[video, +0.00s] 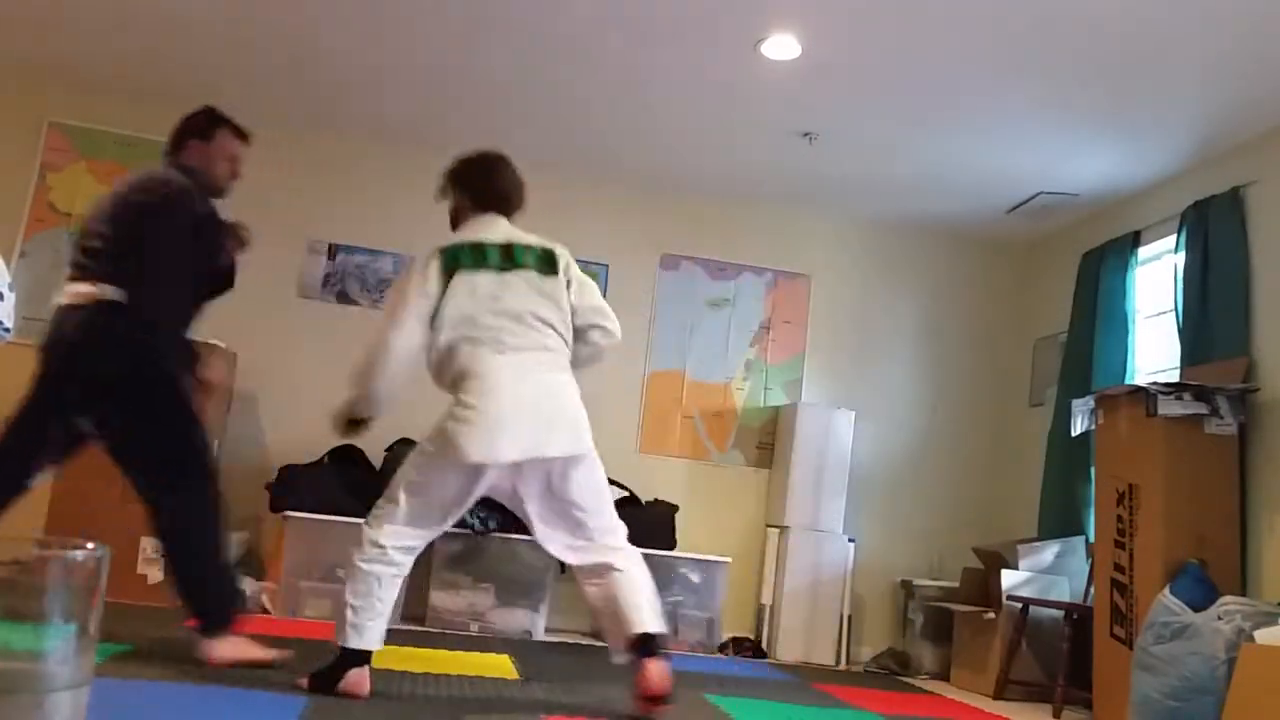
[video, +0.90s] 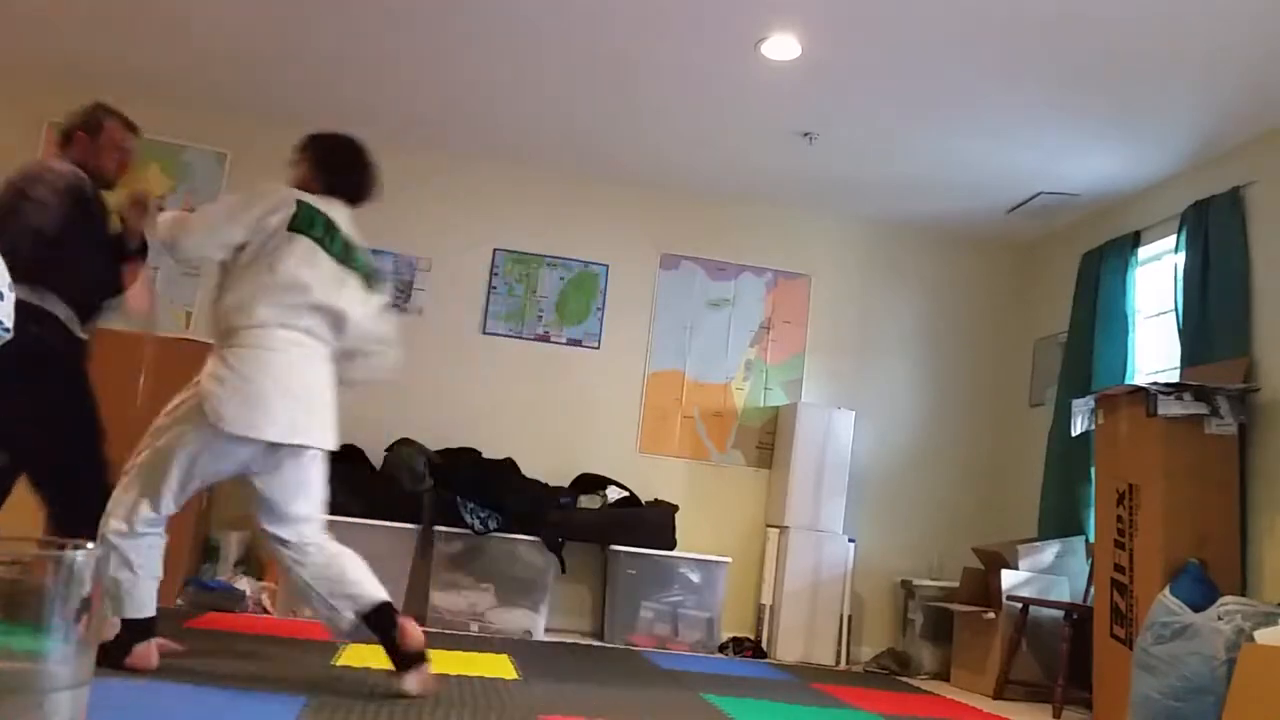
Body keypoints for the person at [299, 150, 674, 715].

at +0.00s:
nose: (448, 210)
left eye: (450, 201)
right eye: (449, 202)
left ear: (459, 203)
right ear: (515, 203)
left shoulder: (439, 261)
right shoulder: (557, 258)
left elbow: (398, 345)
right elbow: (603, 330)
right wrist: (550, 366)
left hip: (480, 421)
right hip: (560, 424)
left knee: (391, 532)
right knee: (603, 541)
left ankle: (353, 659)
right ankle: (649, 643)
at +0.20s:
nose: (469, 191)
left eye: (473, 180)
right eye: (469, 181)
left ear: (492, 180)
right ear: (534, 183)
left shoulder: (475, 225)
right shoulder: (582, 252)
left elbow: (427, 319)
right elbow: (591, 347)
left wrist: (406, 328)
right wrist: (536, 354)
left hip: (461, 401)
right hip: (539, 418)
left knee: (362, 506)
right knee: (554, 555)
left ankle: (311, 634)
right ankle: (587, 692)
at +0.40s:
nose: (454, 196)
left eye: (457, 187)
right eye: (456, 187)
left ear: (470, 188)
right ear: (522, 195)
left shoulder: (441, 236)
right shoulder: (549, 269)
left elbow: (365, 311)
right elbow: (549, 365)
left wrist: (355, 284)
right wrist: (495, 363)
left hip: (417, 418)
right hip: (499, 430)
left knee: (323, 526)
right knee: (538, 562)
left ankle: (263, 659)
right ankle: (584, 693)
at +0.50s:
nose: (425, 178)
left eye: (429, 169)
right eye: (428, 168)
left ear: (441, 171)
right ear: (489, 180)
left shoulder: (408, 215)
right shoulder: (515, 252)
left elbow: (330, 287)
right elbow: (514, 348)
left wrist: (316, 257)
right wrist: (458, 341)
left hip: (379, 396)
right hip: (459, 410)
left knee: (303, 520)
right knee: (489, 537)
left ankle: (260, 656)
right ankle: (534, 670)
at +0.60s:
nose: (393, 170)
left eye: (397, 161)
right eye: (395, 161)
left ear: (413, 163)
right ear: (463, 173)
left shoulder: (380, 204)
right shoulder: (490, 241)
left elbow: (296, 279)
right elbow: (489, 340)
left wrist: (341, 259)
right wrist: (430, 347)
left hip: (343, 379)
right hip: (423, 396)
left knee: (261, 492)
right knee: (449, 516)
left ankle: (234, 614)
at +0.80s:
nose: (337, 180)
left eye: (343, 172)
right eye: (342, 170)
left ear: (353, 177)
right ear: (404, 194)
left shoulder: (310, 217)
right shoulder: (421, 264)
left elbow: (227, 273)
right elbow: (446, 357)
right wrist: (380, 384)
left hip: (264, 394)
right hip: (349, 415)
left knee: (165, 498)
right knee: (360, 540)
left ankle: (137, 630)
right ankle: (401, 634)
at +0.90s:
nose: (290, 174)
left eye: (297, 165)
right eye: (296, 165)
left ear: (311, 171)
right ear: (356, 190)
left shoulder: (281, 203)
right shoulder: (361, 264)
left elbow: (194, 240)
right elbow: (380, 351)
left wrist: (155, 219)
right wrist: (312, 359)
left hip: (239, 393)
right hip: (311, 412)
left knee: (139, 502)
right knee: (301, 536)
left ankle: (135, 635)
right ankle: (391, 625)